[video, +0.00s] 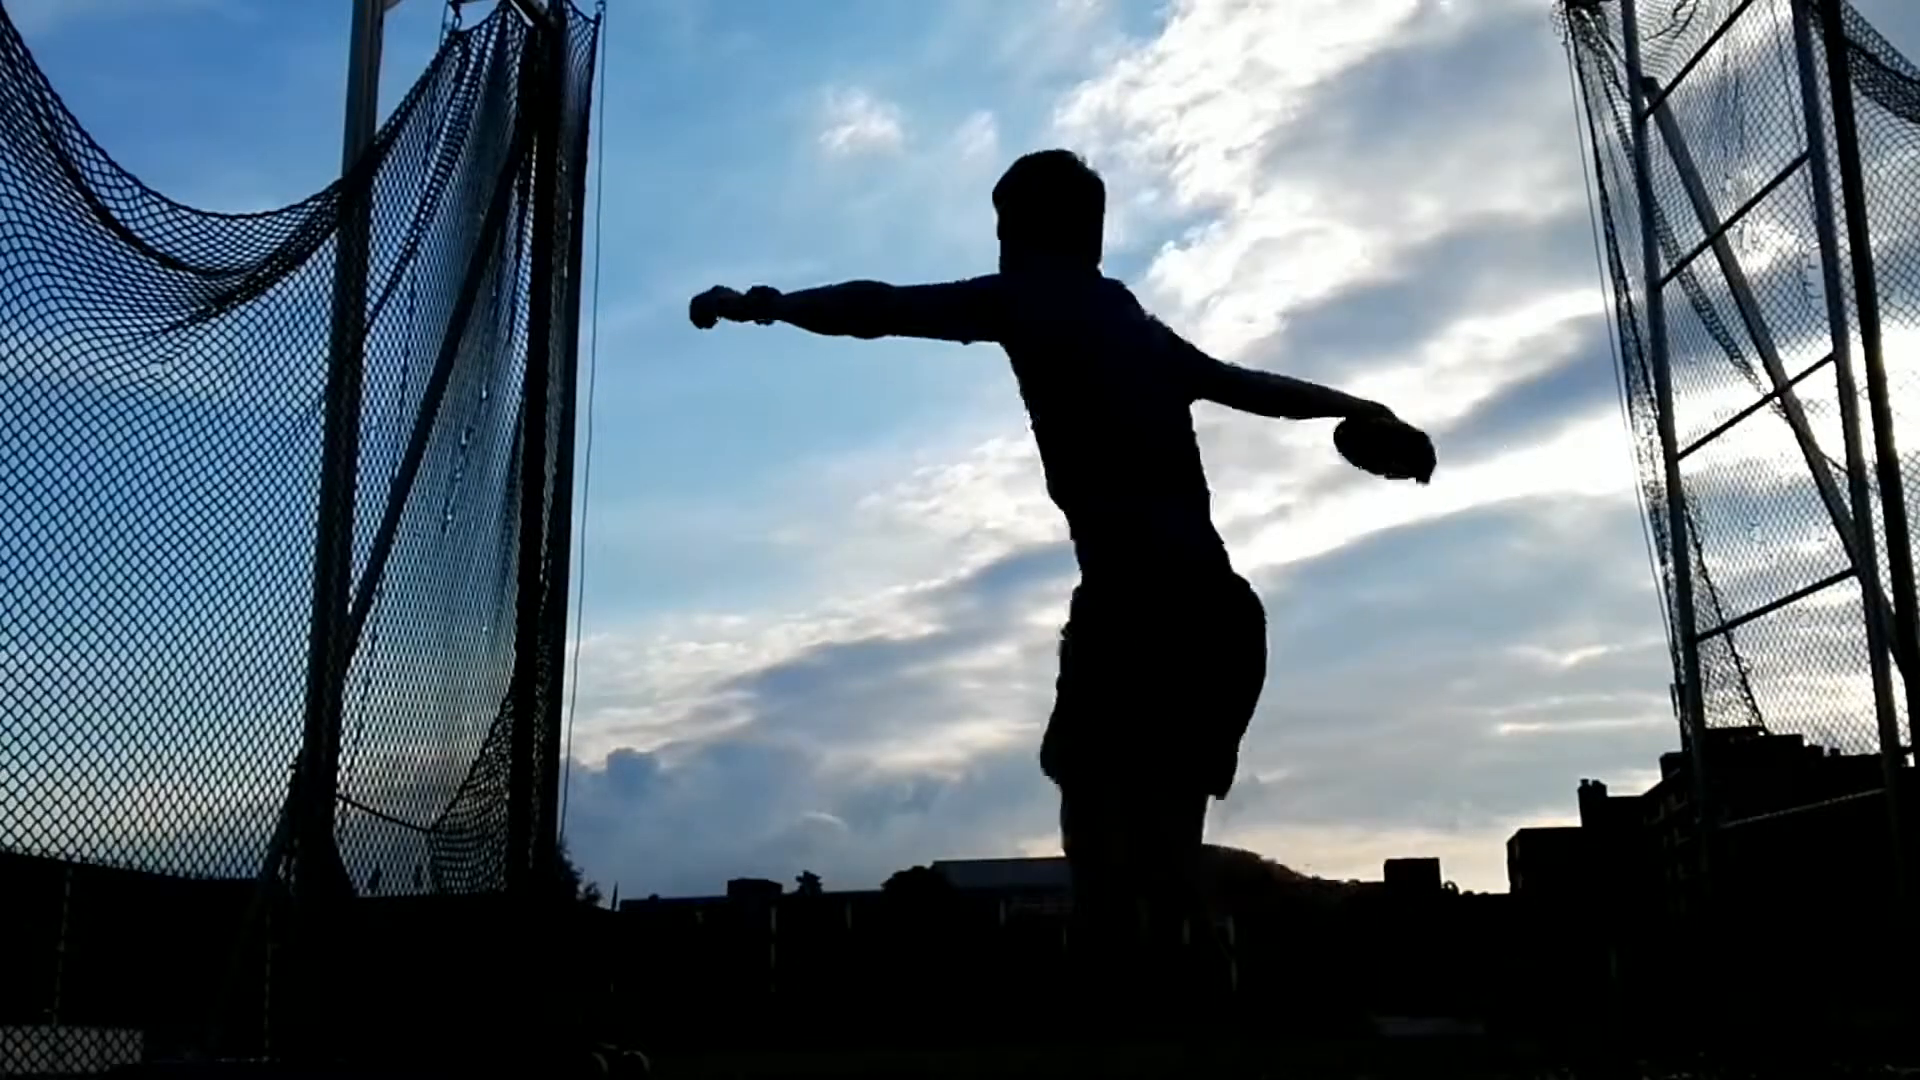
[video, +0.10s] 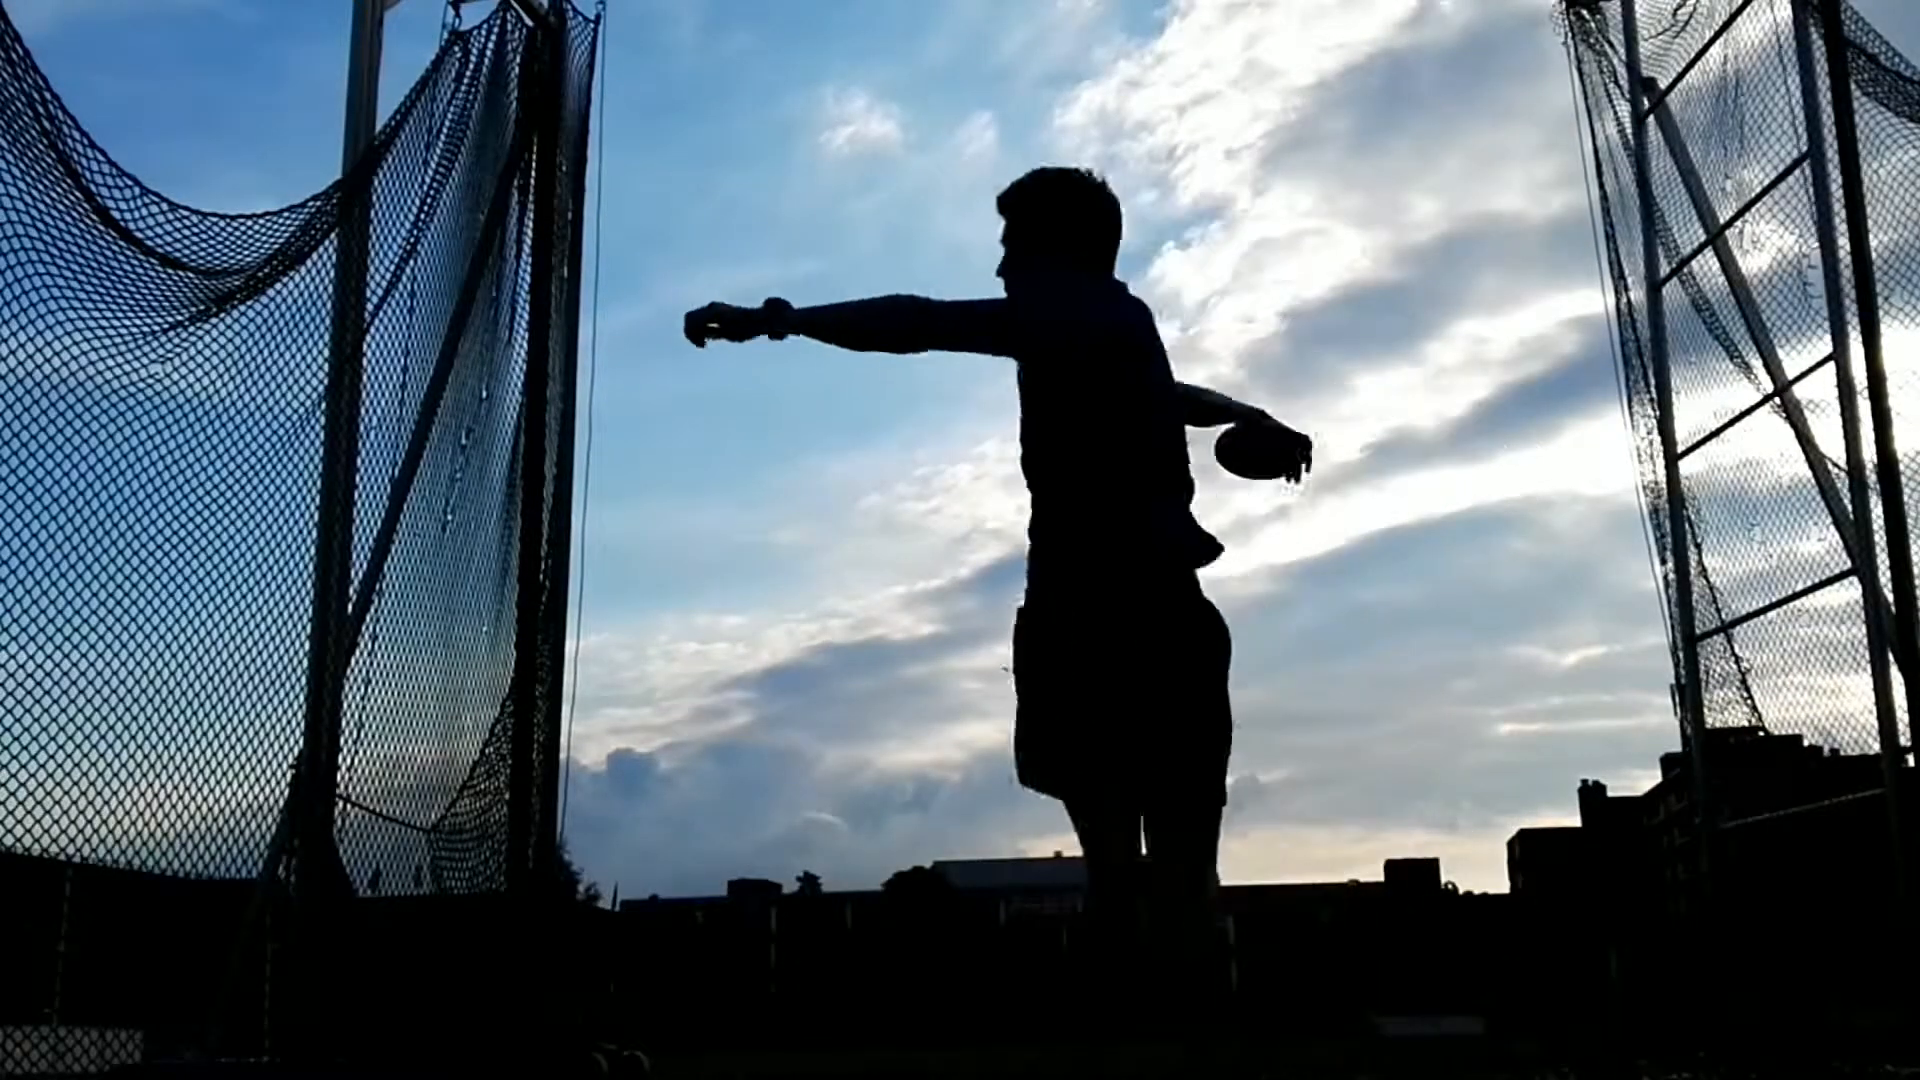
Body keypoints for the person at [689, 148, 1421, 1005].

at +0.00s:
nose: (1000, 242)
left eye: (1009, 223)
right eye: (1003, 223)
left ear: (1035, 223)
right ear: (1093, 228)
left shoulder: (1030, 302)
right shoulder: (1143, 333)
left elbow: (889, 306)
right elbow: (1245, 386)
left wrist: (768, 304)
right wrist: (1355, 410)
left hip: (1128, 608)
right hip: (1213, 609)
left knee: (1102, 814)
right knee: (1168, 825)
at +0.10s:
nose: (1003, 264)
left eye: (1016, 244)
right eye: (1005, 245)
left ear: (1061, 244)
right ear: (1099, 245)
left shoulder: (1062, 315)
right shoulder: (1114, 329)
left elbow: (921, 322)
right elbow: (1161, 400)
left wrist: (771, 318)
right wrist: (1249, 419)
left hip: (1094, 617)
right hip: (1161, 613)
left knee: (1117, 852)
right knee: (1183, 854)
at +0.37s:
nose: (1104, 314)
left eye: (1105, 298)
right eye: (1093, 298)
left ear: (1030, 309)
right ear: (1099, 305)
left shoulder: (989, 401)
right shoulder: (1155, 386)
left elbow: (908, 436)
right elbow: (1237, 379)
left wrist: (855, 451)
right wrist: (1305, 361)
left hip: (1017, 674)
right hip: (1094, 672)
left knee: (1160, 865)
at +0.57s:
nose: (1090, 367)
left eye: (1079, 349)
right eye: (1072, 352)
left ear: (1009, 373)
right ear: (1054, 363)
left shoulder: (972, 468)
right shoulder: (1127, 445)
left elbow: (837, 501)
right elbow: (1261, 436)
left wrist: (713, 501)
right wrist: (1381, 416)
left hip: (1000, 720)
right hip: (1043, 721)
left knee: (1008, 907)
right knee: (1161, 894)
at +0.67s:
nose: (1078, 369)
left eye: (1069, 355)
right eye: (1057, 359)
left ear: (1016, 391)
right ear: (1016, 388)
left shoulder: (1079, 465)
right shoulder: (1018, 479)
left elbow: (1153, 473)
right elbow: (926, 532)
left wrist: (1213, 473)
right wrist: (839, 557)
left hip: (1042, 727)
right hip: (1007, 731)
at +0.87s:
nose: (1001, 361)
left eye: (989, 349)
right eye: (993, 351)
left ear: (921, 396)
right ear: (995, 369)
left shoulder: (918, 474)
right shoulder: (1063, 461)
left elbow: (857, 569)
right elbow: (1131, 535)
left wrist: (897, 577)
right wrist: (1104, 517)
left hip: (967, 696)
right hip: (1065, 691)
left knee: (934, 865)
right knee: (1078, 878)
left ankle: (916, 1039)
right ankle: (1078, 1043)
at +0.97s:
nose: (957, 386)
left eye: (931, 377)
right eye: (972, 367)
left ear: (916, 391)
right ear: (990, 372)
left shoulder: (896, 487)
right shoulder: (1053, 441)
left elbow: (817, 583)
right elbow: (1176, 466)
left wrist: (808, 582)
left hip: (960, 697)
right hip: (1056, 686)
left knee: (921, 873)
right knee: (1069, 869)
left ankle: (892, 1035)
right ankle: (1102, 1027)